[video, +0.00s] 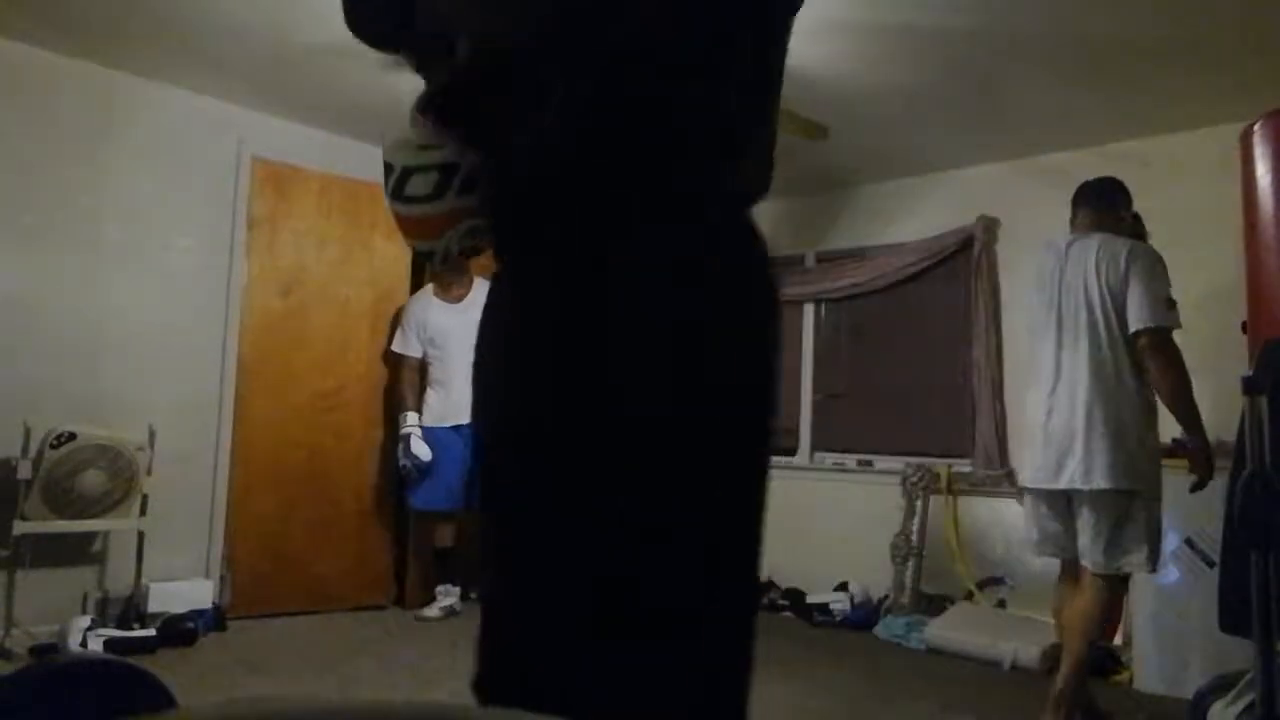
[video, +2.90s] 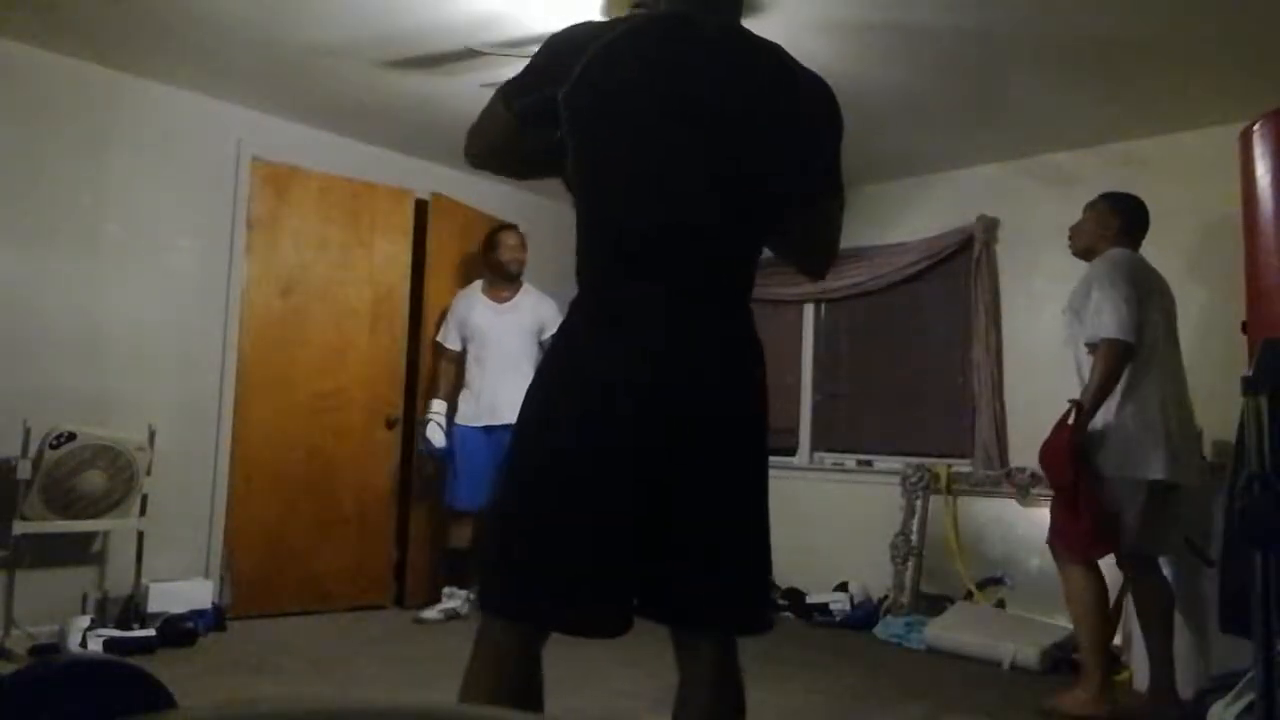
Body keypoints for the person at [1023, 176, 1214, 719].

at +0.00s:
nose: (1135, 230)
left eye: (1133, 223)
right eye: (1134, 221)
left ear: (1075, 217)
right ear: (1124, 214)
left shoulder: (1044, 264)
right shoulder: (1132, 255)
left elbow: (1053, 349)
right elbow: (1152, 346)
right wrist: (1193, 432)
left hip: (1046, 446)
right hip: (1110, 447)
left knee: (1071, 570)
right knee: (1104, 575)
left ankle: (1075, 695)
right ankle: (1061, 701)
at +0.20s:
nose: (1146, 232)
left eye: (1143, 225)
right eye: (1144, 224)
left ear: (1088, 224)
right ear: (1135, 221)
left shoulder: (1059, 268)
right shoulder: (1139, 259)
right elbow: (1152, 346)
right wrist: (1189, 433)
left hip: (1061, 449)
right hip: (1126, 450)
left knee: (1082, 561)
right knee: (1164, 565)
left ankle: (1079, 695)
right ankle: (1112, 677)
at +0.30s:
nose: (1157, 232)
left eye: (1155, 225)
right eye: (1154, 224)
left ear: (1099, 223)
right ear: (1143, 220)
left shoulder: (1065, 267)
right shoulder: (1149, 259)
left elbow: (1076, 354)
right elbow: (1161, 348)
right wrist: (1197, 434)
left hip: (1071, 451)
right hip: (1142, 452)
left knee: (1084, 563)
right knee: (1179, 568)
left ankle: (1078, 700)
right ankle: (1164, 697)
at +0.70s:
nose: (1206, 239)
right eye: (1207, 230)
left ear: (1153, 226)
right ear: (1206, 226)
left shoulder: (1118, 268)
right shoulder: (1231, 268)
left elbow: (1095, 345)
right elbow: (1248, 348)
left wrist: (1152, 331)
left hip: (1128, 448)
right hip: (1207, 451)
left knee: (1115, 568)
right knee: (1213, 581)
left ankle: (1083, 701)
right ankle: (1229, 698)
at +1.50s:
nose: (1132, 235)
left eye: (1131, 227)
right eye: (1136, 229)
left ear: (1137, 226)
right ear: (1188, 222)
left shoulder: (1122, 270)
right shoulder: (1230, 267)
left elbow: (1095, 352)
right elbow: (1247, 347)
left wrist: (1147, 368)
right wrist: (1201, 366)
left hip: (1139, 448)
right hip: (1217, 450)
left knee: (1132, 576)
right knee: (1216, 579)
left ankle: (1127, 703)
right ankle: (1231, 697)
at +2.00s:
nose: (1073, 236)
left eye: (1076, 226)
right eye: (1074, 226)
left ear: (1094, 225)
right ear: (1134, 224)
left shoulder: (1081, 275)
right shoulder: (1188, 272)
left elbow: (1047, 359)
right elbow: (1223, 353)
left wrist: (1072, 403)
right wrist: (1167, 387)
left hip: (1106, 452)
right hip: (1174, 452)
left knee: (1114, 573)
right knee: (1172, 569)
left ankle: (1124, 701)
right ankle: (1205, 678)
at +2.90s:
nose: (1072, 228)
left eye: (1083, 219)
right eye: (1078, 218)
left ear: (1111, 227)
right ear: (1124, 232)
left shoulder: (1111, 270)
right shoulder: (1147, 276)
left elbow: (1116, 347)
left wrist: (1080, 415)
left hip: (1125, 445)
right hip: (1160, 446)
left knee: (1068, 546)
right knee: (1139, 559)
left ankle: (1091, 688)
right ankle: (1163, 689)